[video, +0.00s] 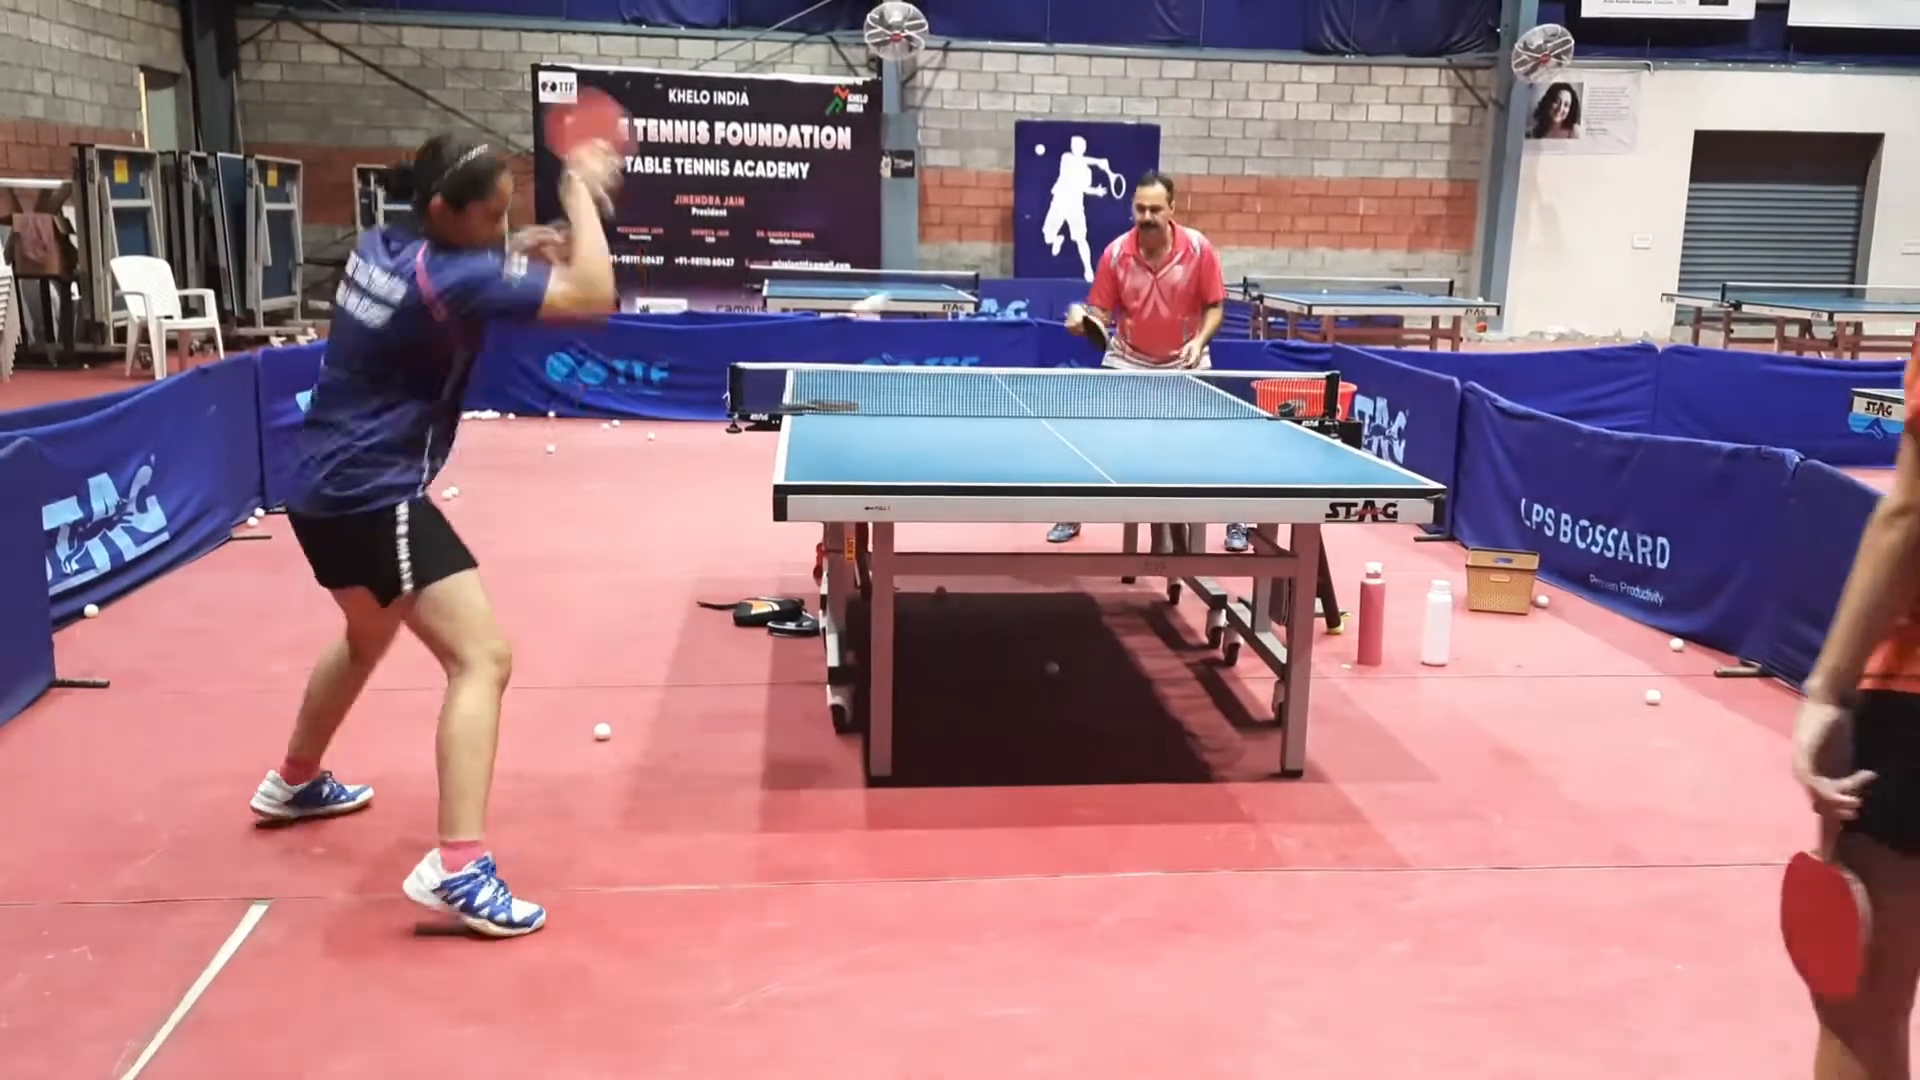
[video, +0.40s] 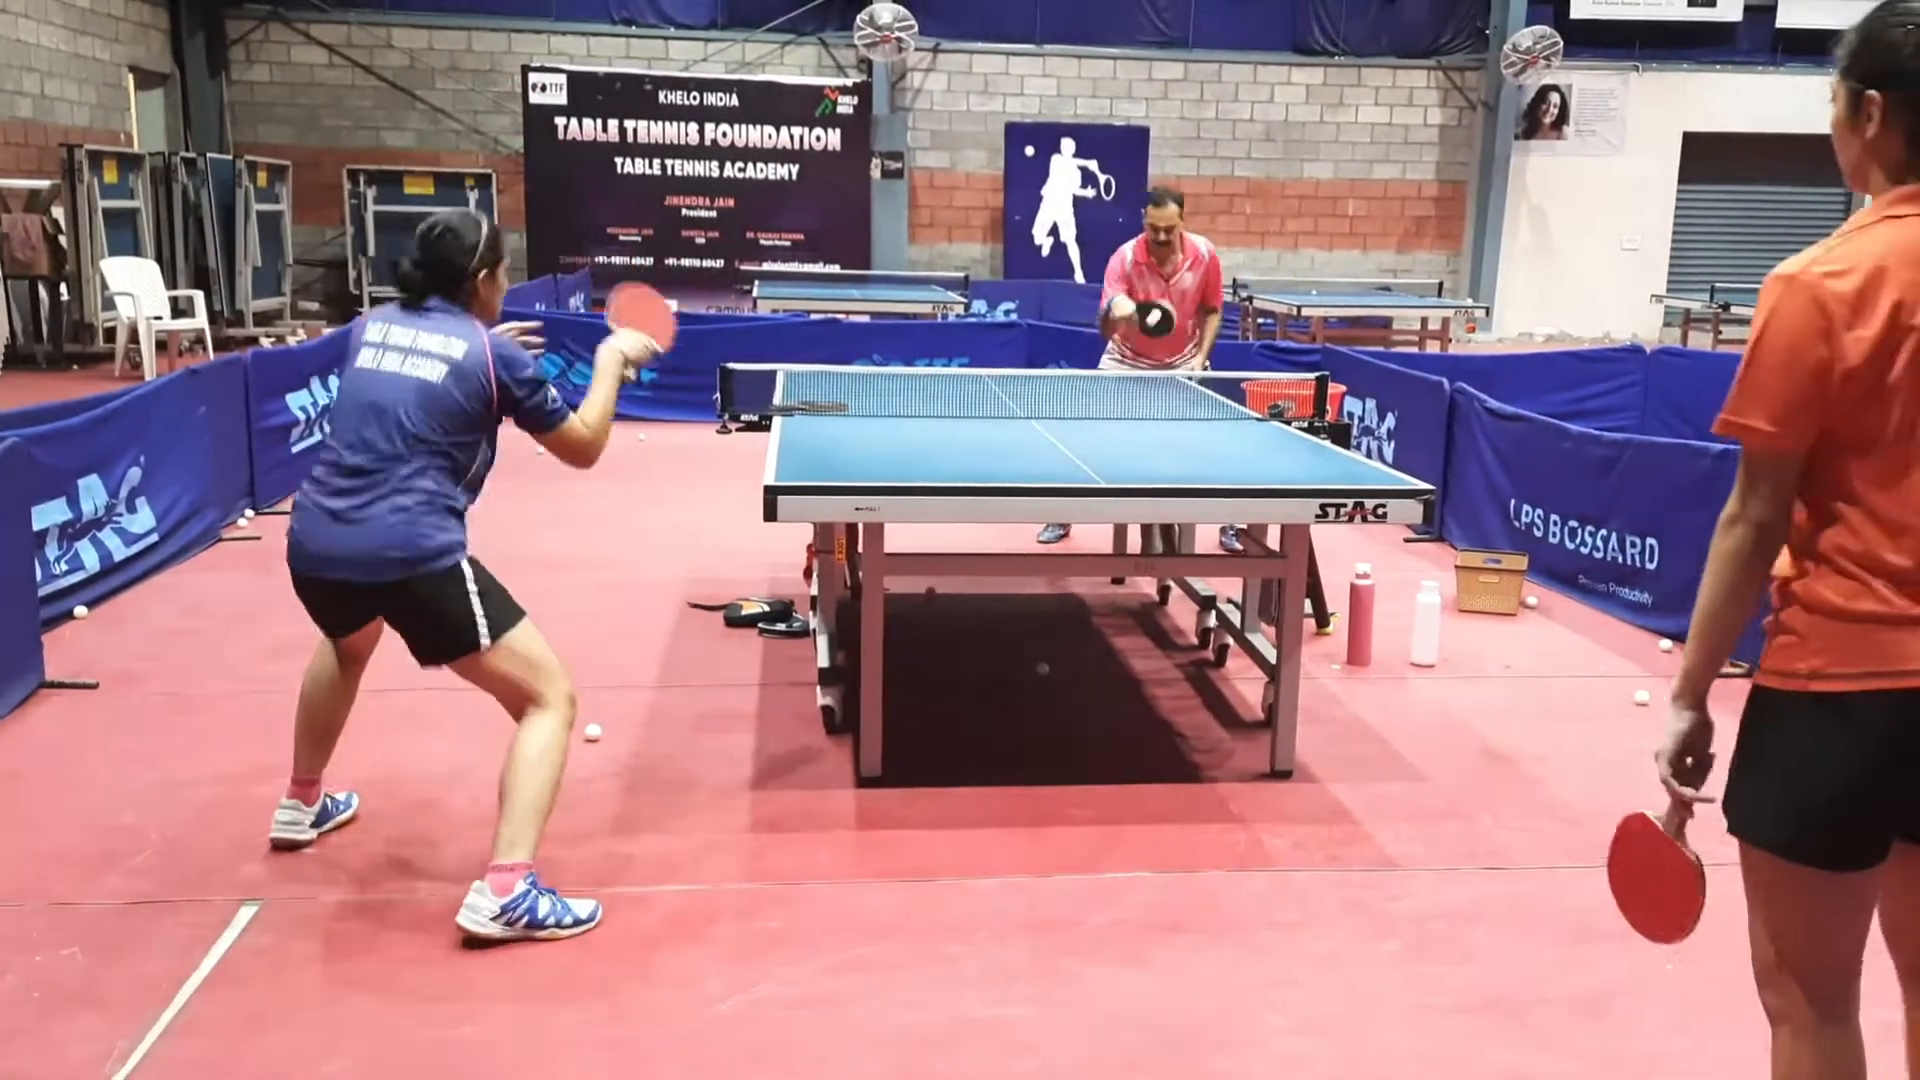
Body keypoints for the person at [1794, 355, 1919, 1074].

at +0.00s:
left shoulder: (1917, 348)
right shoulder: (1914, 349)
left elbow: (1907, 507)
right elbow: (1905, 505)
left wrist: (1828, 687)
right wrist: (1832, 688)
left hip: (1902, 695)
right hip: (1895, 694)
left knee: (1862, 1013)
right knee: (1863, 1010)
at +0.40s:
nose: (1834, 130)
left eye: (1836, 108)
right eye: (1839, 108)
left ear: (1867, 112)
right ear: (1906, 113)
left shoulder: (1829, 285)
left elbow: (1759, 514)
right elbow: (1758, 513)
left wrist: (1689, 690)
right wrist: (1693, 686)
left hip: (1840, 699)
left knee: (1809, 999)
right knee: (1919, 982)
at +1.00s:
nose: (1880, 141)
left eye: (1896, 118)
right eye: (1887, 115)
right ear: (1914, 127)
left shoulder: (1915, 289)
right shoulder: (1911, 287)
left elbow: (1900, 518)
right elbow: (1890, 513)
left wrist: (1813, 714)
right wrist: (1821, 699)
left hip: (1874, 688)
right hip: (1893, 683)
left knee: (1811, 979)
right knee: (1912, 966)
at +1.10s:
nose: (1901, 149)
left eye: (1914, 123)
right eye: (1909, 121)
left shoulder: (1916, 318)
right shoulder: (1911, 318)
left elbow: (1918, 541)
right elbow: (1893, 529)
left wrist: (1896, 718)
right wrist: (1846, 700)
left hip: (1869, 688)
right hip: (1868, 682)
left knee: (1811, 978)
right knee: (1817, 980)